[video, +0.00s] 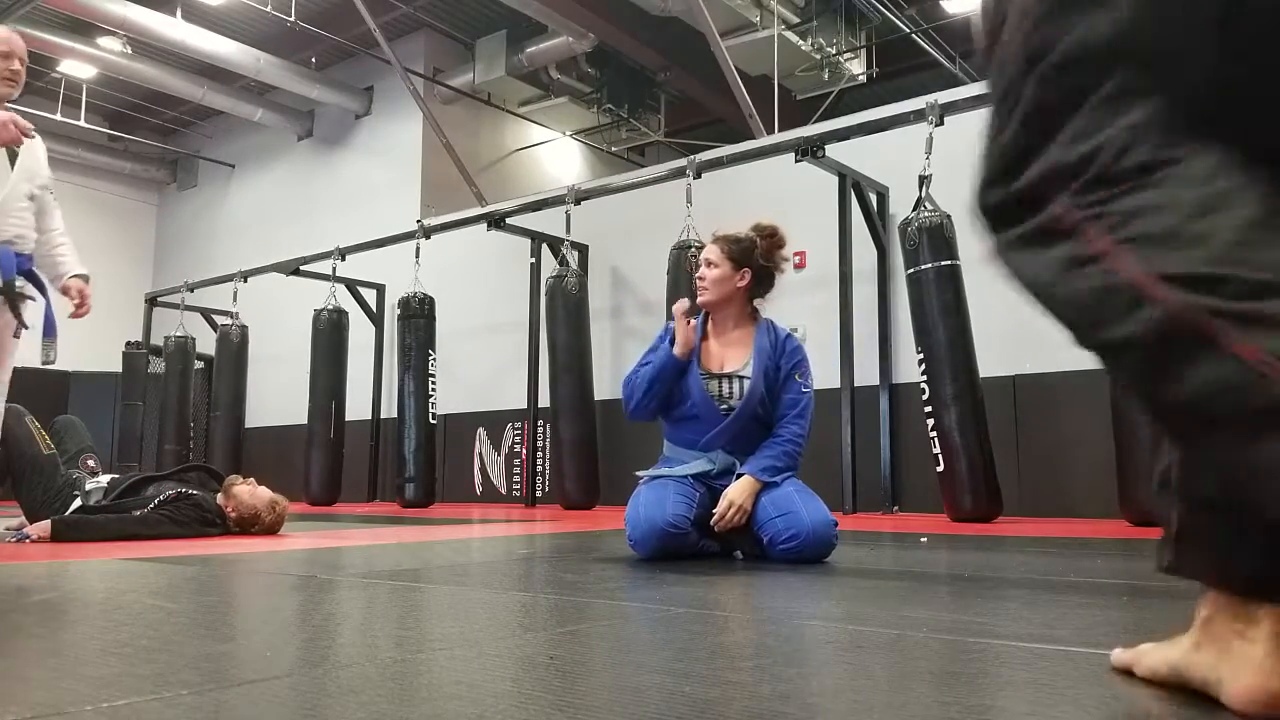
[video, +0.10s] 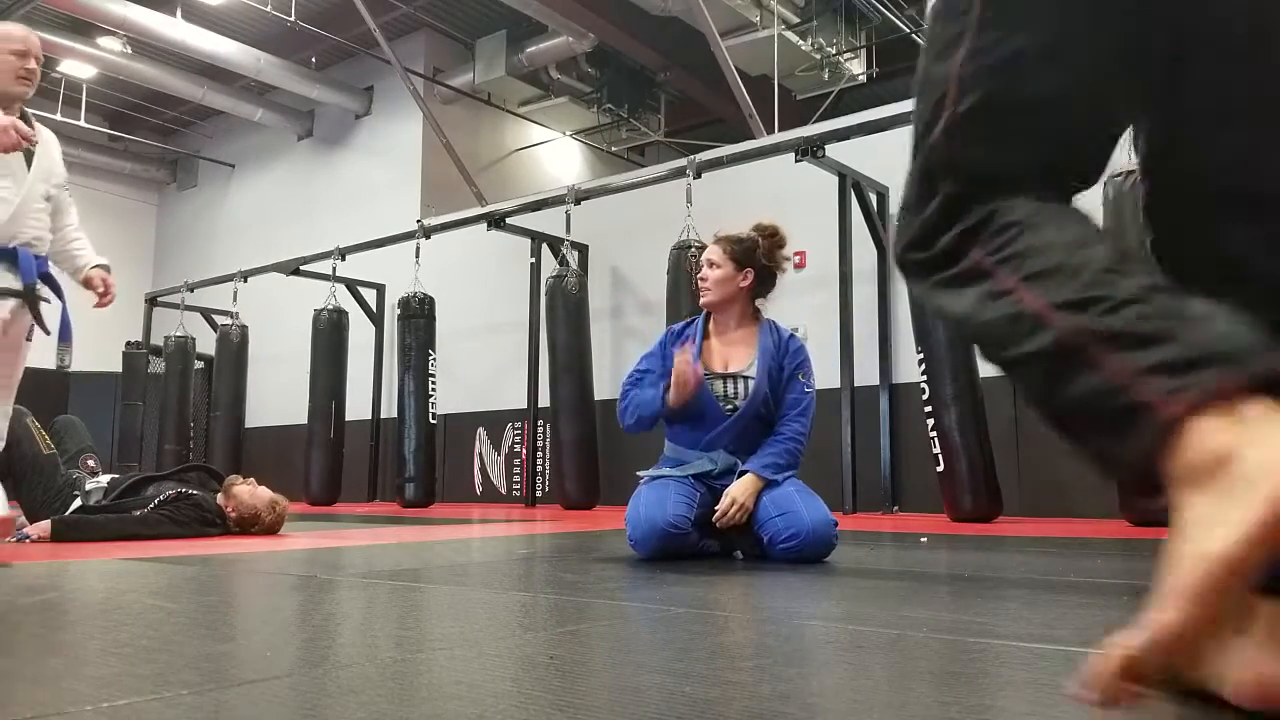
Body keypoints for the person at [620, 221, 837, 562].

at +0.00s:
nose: (698, 274)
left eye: (710, 266)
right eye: (700, 265)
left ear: (742, 278)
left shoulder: (783, 347)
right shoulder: (678, 335)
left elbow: (791, 433)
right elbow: (636, 406)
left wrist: (751, 481)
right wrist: (679, 352)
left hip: (760, 475)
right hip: (682, 474)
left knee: (812, 536)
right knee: (651, 533)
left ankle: (741, 536)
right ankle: (718, 542)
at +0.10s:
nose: (700, 275)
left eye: (712, 266)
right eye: (702, 266)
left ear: (745, 278)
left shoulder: (786, 347)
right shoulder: (676, 340)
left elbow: (793, 431)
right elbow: (629, 414)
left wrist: (753, 480)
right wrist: (671, 396)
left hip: (760, 475)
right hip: (682, 475)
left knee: (812, 536)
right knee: (651, 533)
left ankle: (742, 536)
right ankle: (717, 542)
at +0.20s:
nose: (701, 274)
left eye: (713, 266)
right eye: (702, 266)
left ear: (746, 278)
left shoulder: (788, 348)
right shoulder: (674, 344)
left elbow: (796, 429)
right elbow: (638, 410)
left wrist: (757, 477)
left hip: (760, 476)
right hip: (684, 477)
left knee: (813, 536)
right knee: (652, 533)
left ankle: (741, 536)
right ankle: (712, 542)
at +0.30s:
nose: (701, 275)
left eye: (713, 266)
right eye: (702, 266)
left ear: (746, 278)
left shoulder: (789, 348)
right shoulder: (675, 345)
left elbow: (797, 430)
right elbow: (652, 420)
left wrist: (758, 477)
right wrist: (677, 460)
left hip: (762, 476)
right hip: (684, 476)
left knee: (813, 535)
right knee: (652, 533)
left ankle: (740, 536)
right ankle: (711, 541)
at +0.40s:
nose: (700, 277)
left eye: (713, 267)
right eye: (701, 267)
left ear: (746, 278)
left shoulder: (790, 348)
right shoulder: (676, 345)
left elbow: (797, 430)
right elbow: (657, 421)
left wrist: (758, 477)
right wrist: (683, 464)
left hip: (762, 476)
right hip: (683, 475)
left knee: (813, 535)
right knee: (653, 533)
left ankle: (741, 536)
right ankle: (709, 541)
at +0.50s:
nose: (705, 276)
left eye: (718, 267)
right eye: (704, 267)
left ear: (751, 278)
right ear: (701, 274)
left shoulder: (790, 348)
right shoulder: (677, 344)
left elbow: (797, 430)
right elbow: (653, 420)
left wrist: (758, 476)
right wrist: (682, 466)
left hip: (762, 475)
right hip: (683, 474)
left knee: (813, 536)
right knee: (653, 534)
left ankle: (739, 535)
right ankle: (711, 539)